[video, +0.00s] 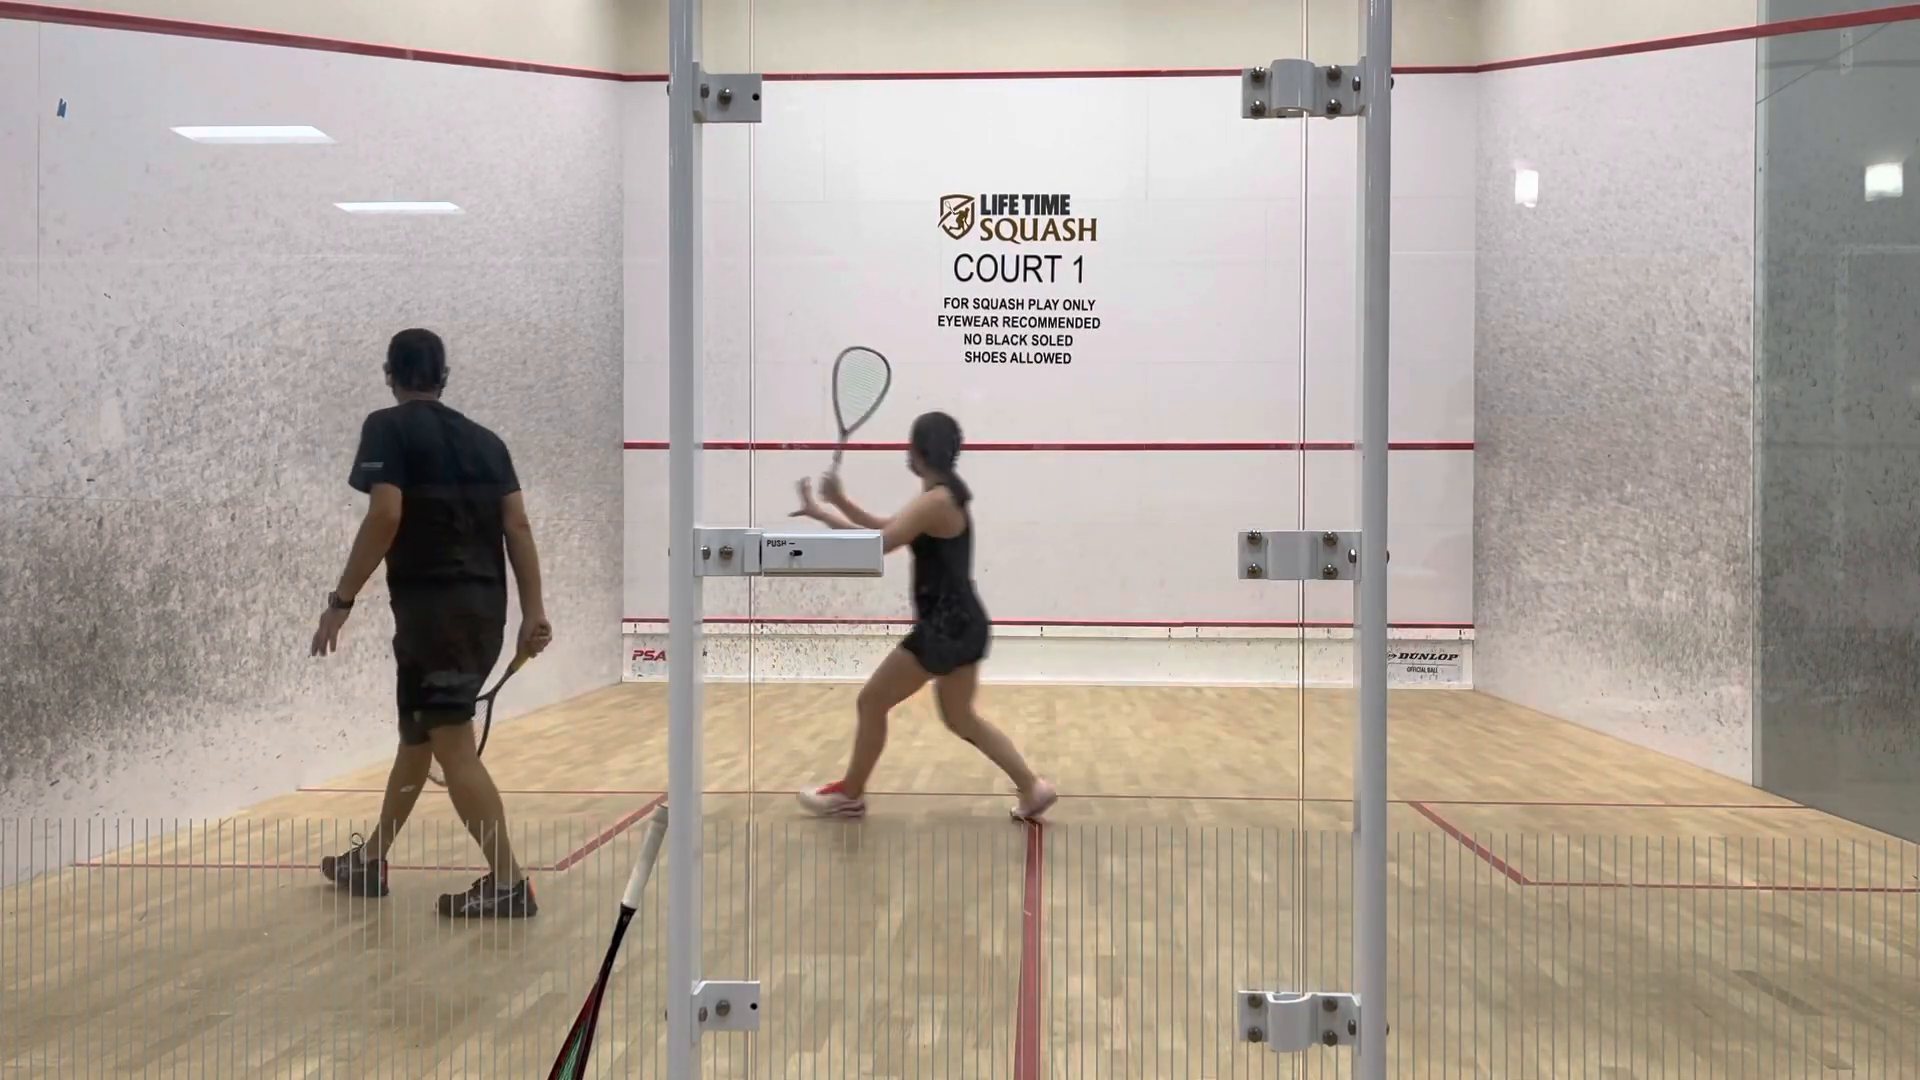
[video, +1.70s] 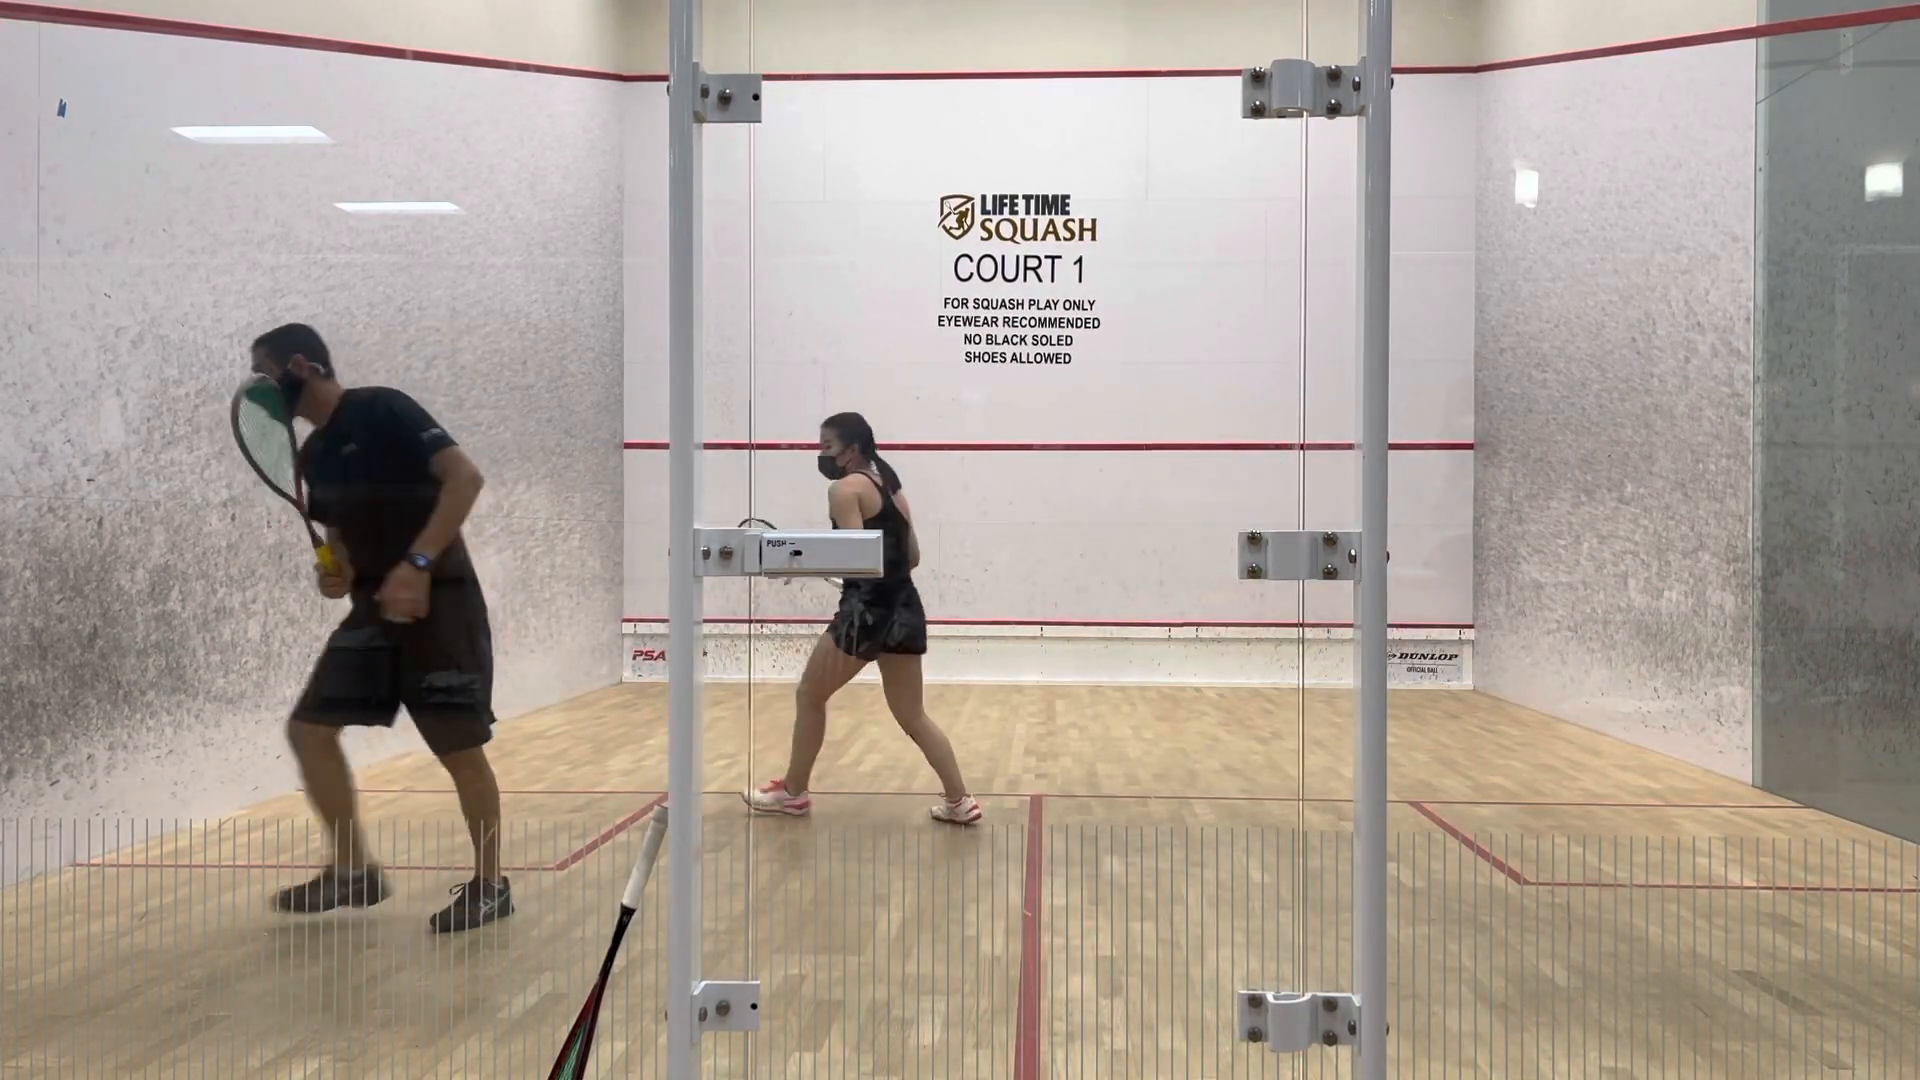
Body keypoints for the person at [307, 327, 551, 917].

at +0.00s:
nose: (398, 383)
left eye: (394, 375)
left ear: (392, 377)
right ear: (444, 378)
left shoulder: (388, 426)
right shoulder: (487, 441)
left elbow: (385, 514)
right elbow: (518, 528)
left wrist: (340, 600)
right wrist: (535, 612)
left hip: (428, 615)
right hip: (486, 614)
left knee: (455, 749)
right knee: (418, 737)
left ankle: (508, 883)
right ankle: (373, 857)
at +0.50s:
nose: (426, 377)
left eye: (418, 368)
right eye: (453, 368)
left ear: (412, 370)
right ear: (466, 371)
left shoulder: (409, 417)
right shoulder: (501, 432)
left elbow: (419, 503)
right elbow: (522, 526)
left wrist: (381, 586)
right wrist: (468, 572)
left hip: (441, 605)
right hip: (499, 605)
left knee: (465, 739)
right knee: (454, 731)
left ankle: (508, 881)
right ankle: (429, 852)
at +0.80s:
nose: (390, 390)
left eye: (384, 382)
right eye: (428, 378)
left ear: (379, 381)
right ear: (432, 380)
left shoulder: (382, 423)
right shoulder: (468, 436)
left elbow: (372, 512)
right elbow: (465, 533)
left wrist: (333, 575)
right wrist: (387, 562)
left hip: (430, 605)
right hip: (481, 602)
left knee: (430, 734)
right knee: (429, 730)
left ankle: (500, 867)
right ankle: (421, 851)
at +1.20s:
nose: (345, 415)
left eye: (341, 407)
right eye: (349, 408)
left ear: (343, 406)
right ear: (394, 401)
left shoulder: (368, 434)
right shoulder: (415, 439)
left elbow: (413, 498)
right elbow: (418, 549)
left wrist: (375, 578)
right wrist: (349, 567)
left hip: (449, 602)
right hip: (473, 599)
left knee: (410, 742)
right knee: (428, 734)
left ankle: (487, 870)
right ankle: (428, 854)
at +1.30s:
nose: (338, 408)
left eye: (335, 399)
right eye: (341, 399)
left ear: (340, 400)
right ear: (391, 394)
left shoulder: (374, 433)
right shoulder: (406, 435)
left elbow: (435, 487)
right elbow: (419, 549)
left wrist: (444, 587)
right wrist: (361, 575)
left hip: (440, 607)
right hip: (458, 606)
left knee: (402, 744)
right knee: (433, 737)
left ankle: (485, 873)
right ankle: (428, 854)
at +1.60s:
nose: (292, 394)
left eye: (295, 380)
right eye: (289, 383)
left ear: (329, 370)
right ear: (325, 374)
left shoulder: (405, 412)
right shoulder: (342, 453)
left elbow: (482, 482)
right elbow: (369, 530)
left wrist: (465, 572)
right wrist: (359, 577)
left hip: (450, 604)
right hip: (395, 610)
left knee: (443, 747)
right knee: (358, 733)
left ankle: (488, 882)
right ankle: (414, 846)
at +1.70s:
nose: (263, 390)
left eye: (268, 377)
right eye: (259, 380)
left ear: (305, 366)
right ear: (299, 370)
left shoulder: (383, 407)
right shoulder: (310, 459)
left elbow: (464, 476)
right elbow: (341, 545)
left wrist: (417, 563)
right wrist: (333, 573)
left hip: (440, 603)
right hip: (373, 610)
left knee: (458, 743)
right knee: (310, 730)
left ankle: (489, 883)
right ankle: (352, 870)